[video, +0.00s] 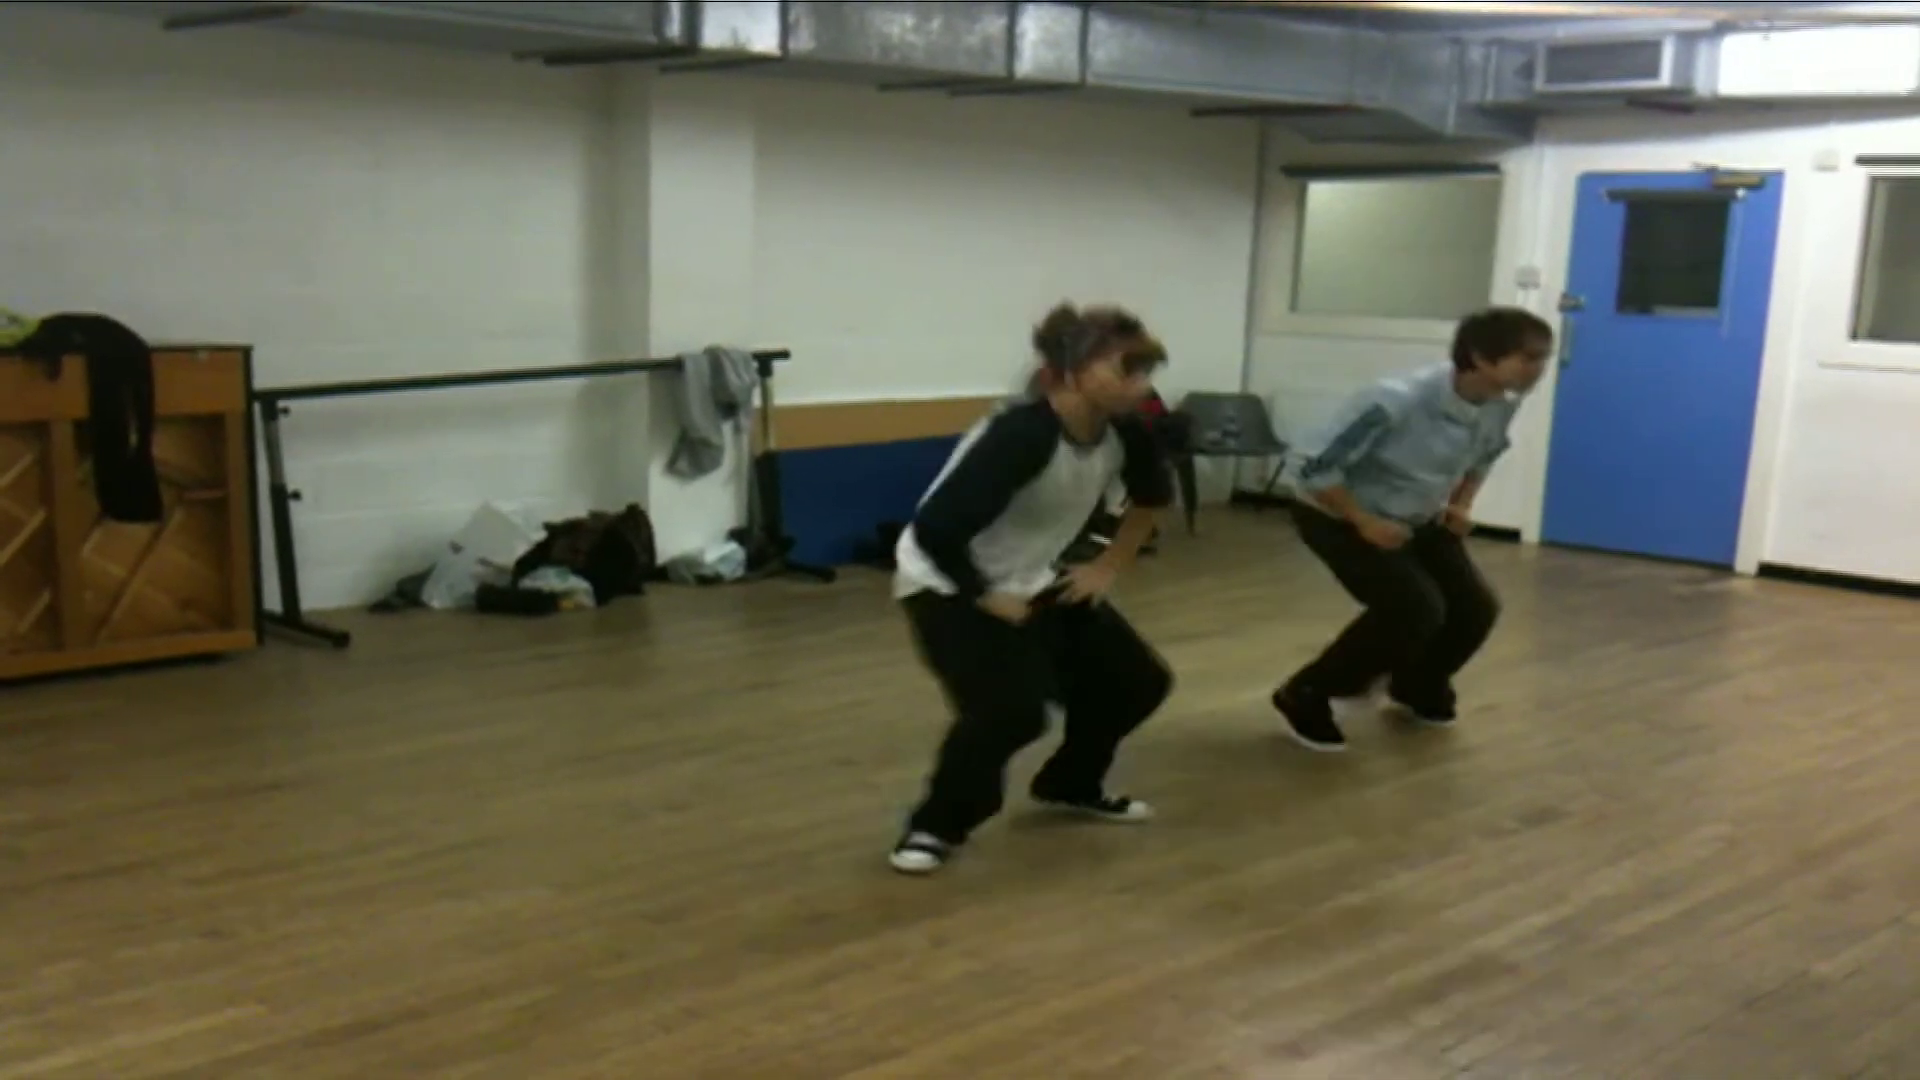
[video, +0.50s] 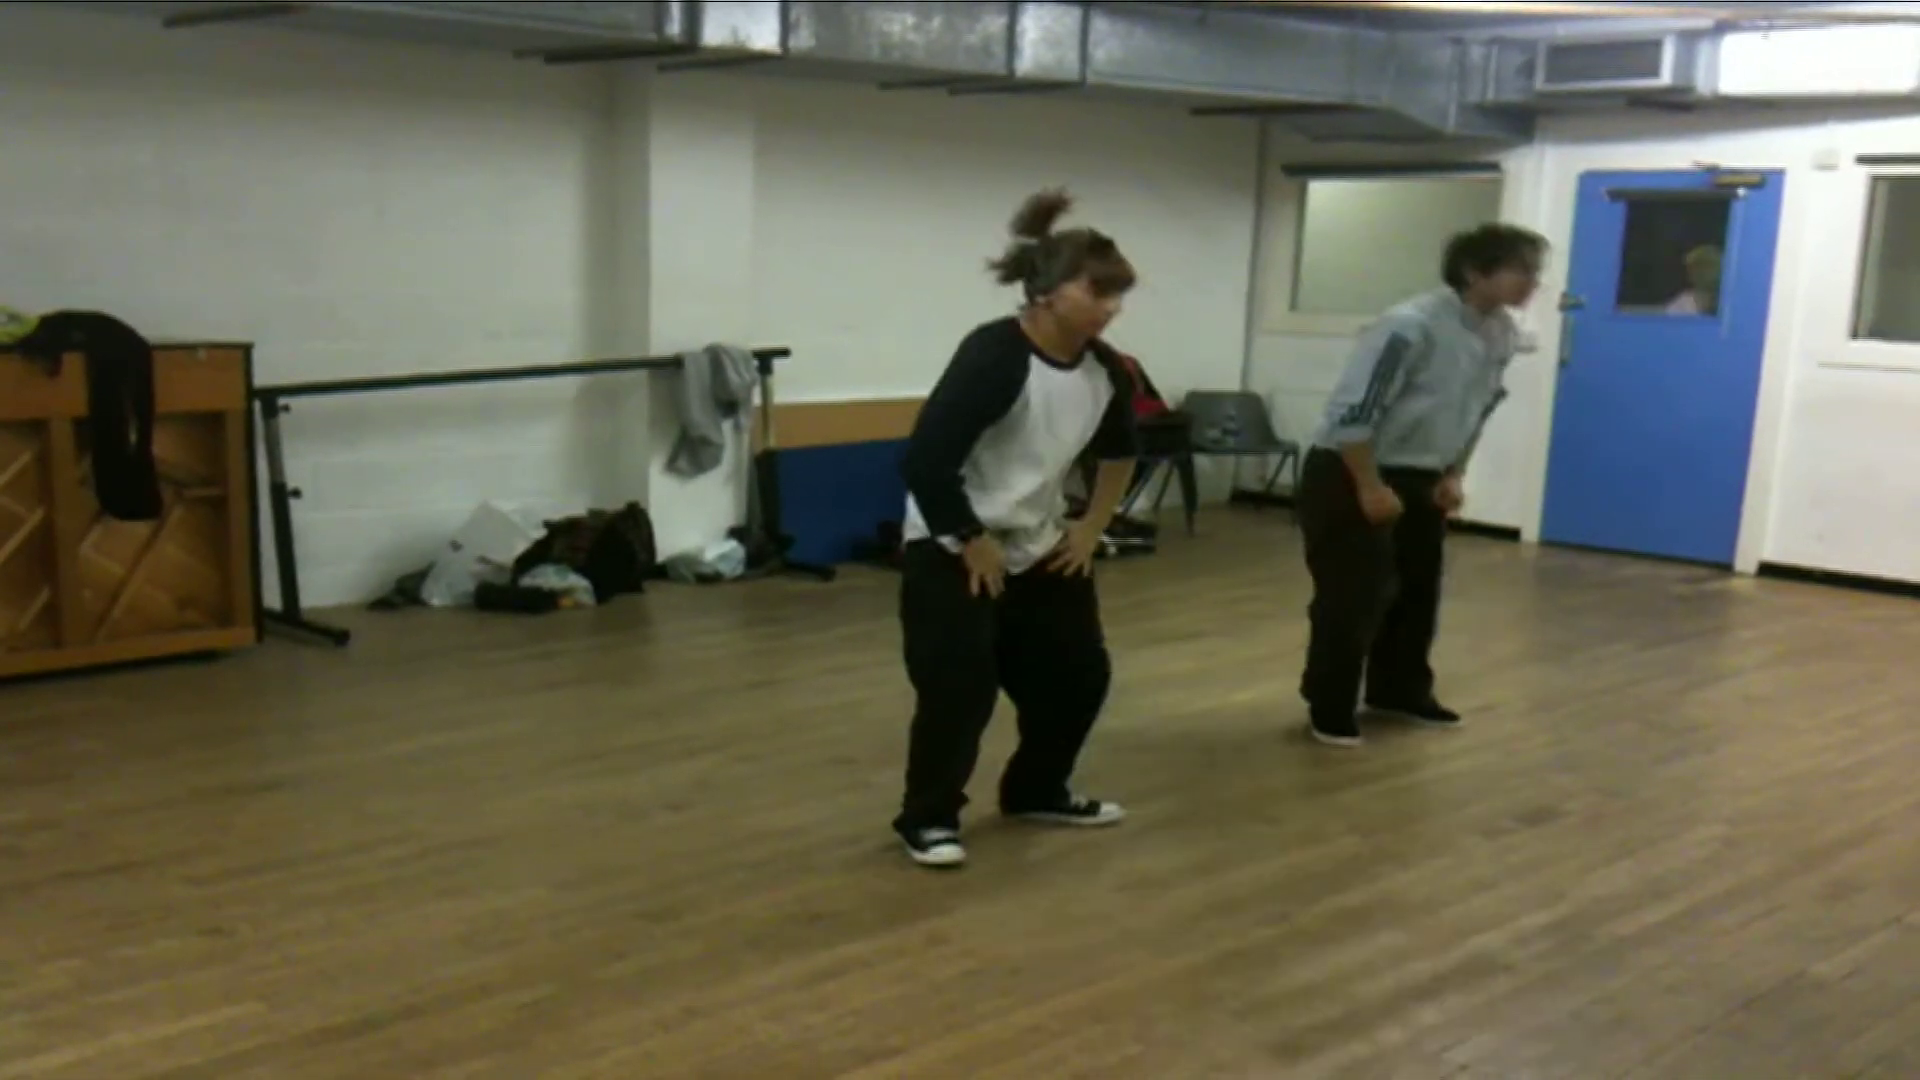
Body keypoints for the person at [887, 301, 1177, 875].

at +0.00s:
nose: (1141, 385)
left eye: (1142, 370)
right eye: (1124, 370)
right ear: (1069, 377)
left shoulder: (1125, 432)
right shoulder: (1022, 435)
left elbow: (1150, 501)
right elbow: (934, 531)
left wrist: (1107, 566)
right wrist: (984, 595)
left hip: (1032, 577)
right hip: (947, 585)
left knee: (1135, 681)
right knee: (1008, 706)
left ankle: (1070, 781)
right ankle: (934, 828)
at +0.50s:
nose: (1110, 307)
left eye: (1115, 294)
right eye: (1098, 291)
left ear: (1110, 300)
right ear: (1049, 295)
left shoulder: (1105, 376)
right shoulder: (993, 355)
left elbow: (1119, 452)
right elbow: (926, 459)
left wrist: (1092, 525)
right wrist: (970, 539)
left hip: (1042, 547)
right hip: (950, 545)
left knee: (1076, 674)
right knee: (958, 683)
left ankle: (1036, 791)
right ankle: (929, 818)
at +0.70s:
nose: (1141, 292)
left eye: (1138, 279)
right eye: (1130, 280)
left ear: (1094, 287)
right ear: (1087, 287)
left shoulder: (1114, 369)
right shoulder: (1002, 361)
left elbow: (1120, 456)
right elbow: (940, 471)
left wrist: (1113, 534)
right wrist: (1007, 544)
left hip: (1071, 573)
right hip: (983, 573)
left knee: (1105, 683)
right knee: (979, 700)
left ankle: (1042, 792)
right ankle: (931, 824)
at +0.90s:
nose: (1189, 325)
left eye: (1189, 312)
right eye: (1181, 313)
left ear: (1143, 320)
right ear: (1142, 319)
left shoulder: (1161, 402)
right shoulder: (1060, 375)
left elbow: (1170, 483)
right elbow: (976, 454)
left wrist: (1166, 527)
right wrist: (1071, 488)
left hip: (1126, 578)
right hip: (1046, 584)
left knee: (1222, 652)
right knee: (1052, 713)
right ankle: (936, 823)